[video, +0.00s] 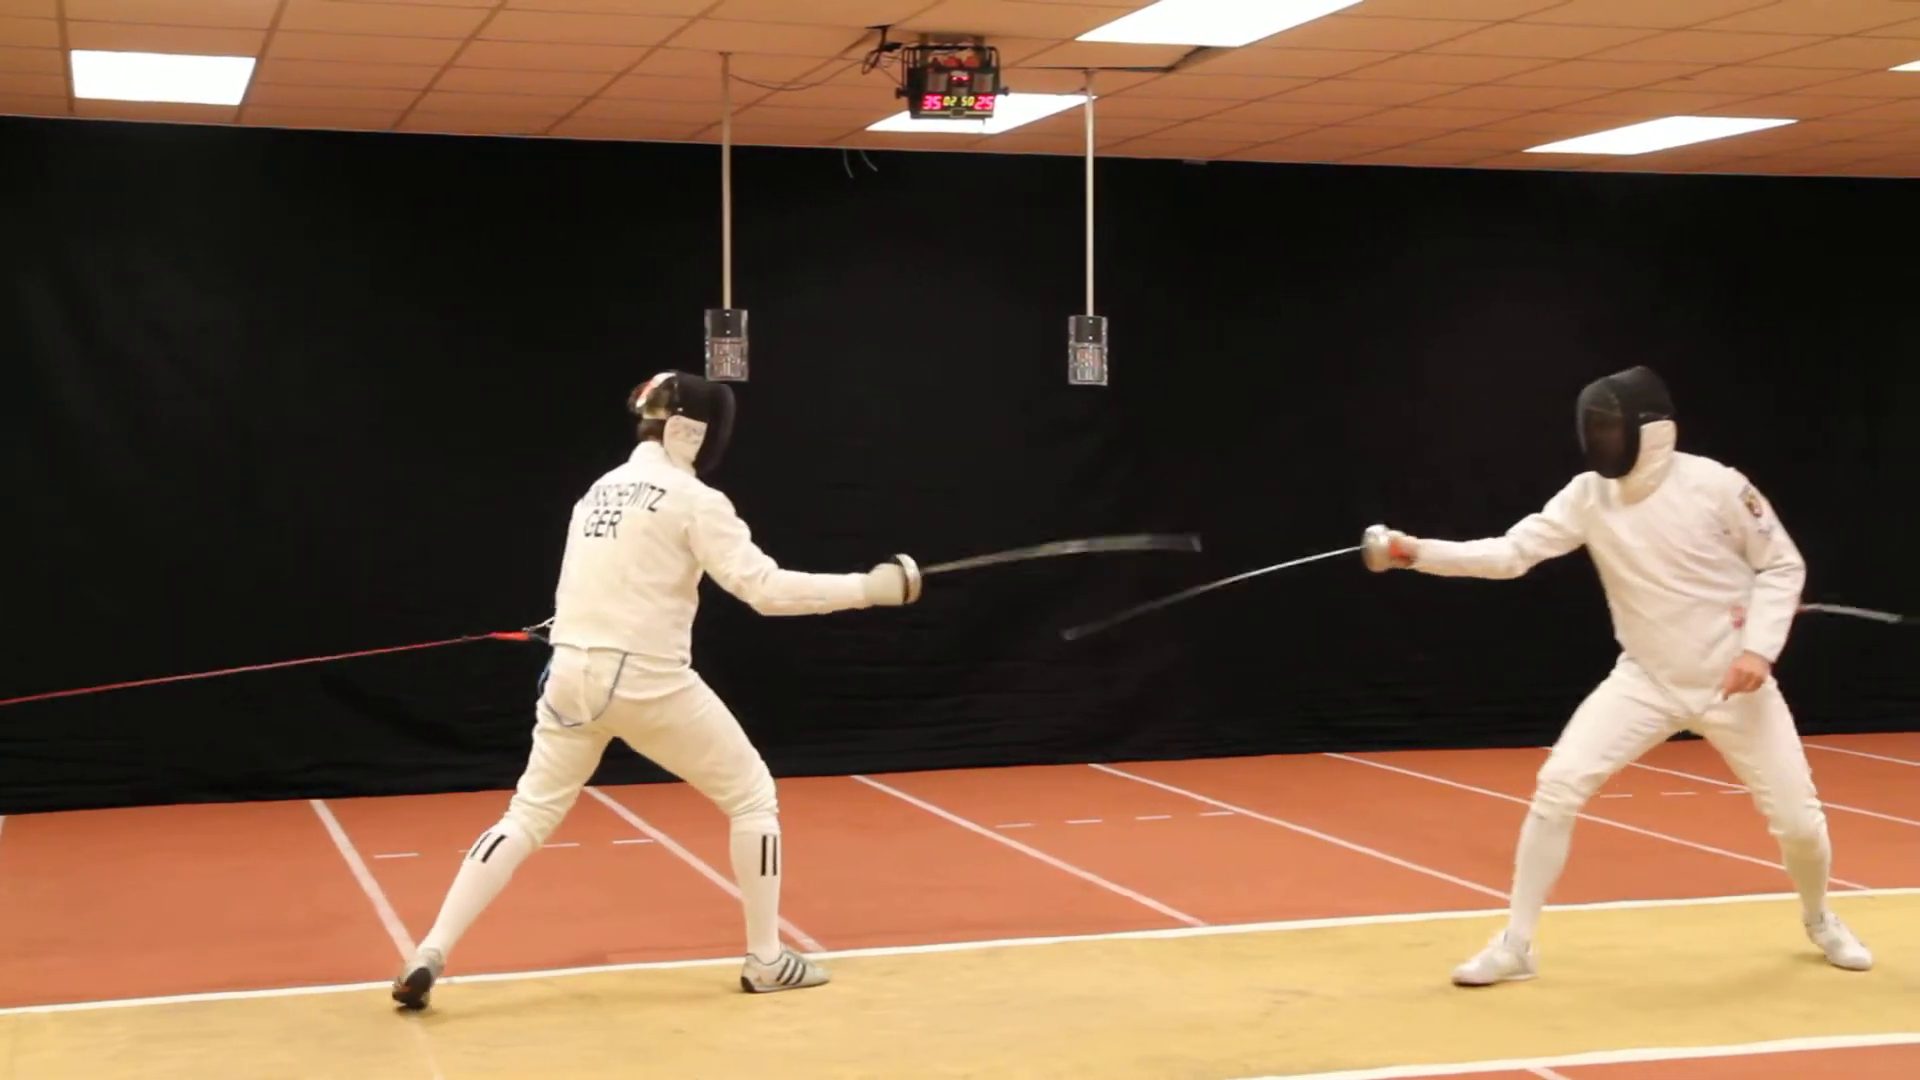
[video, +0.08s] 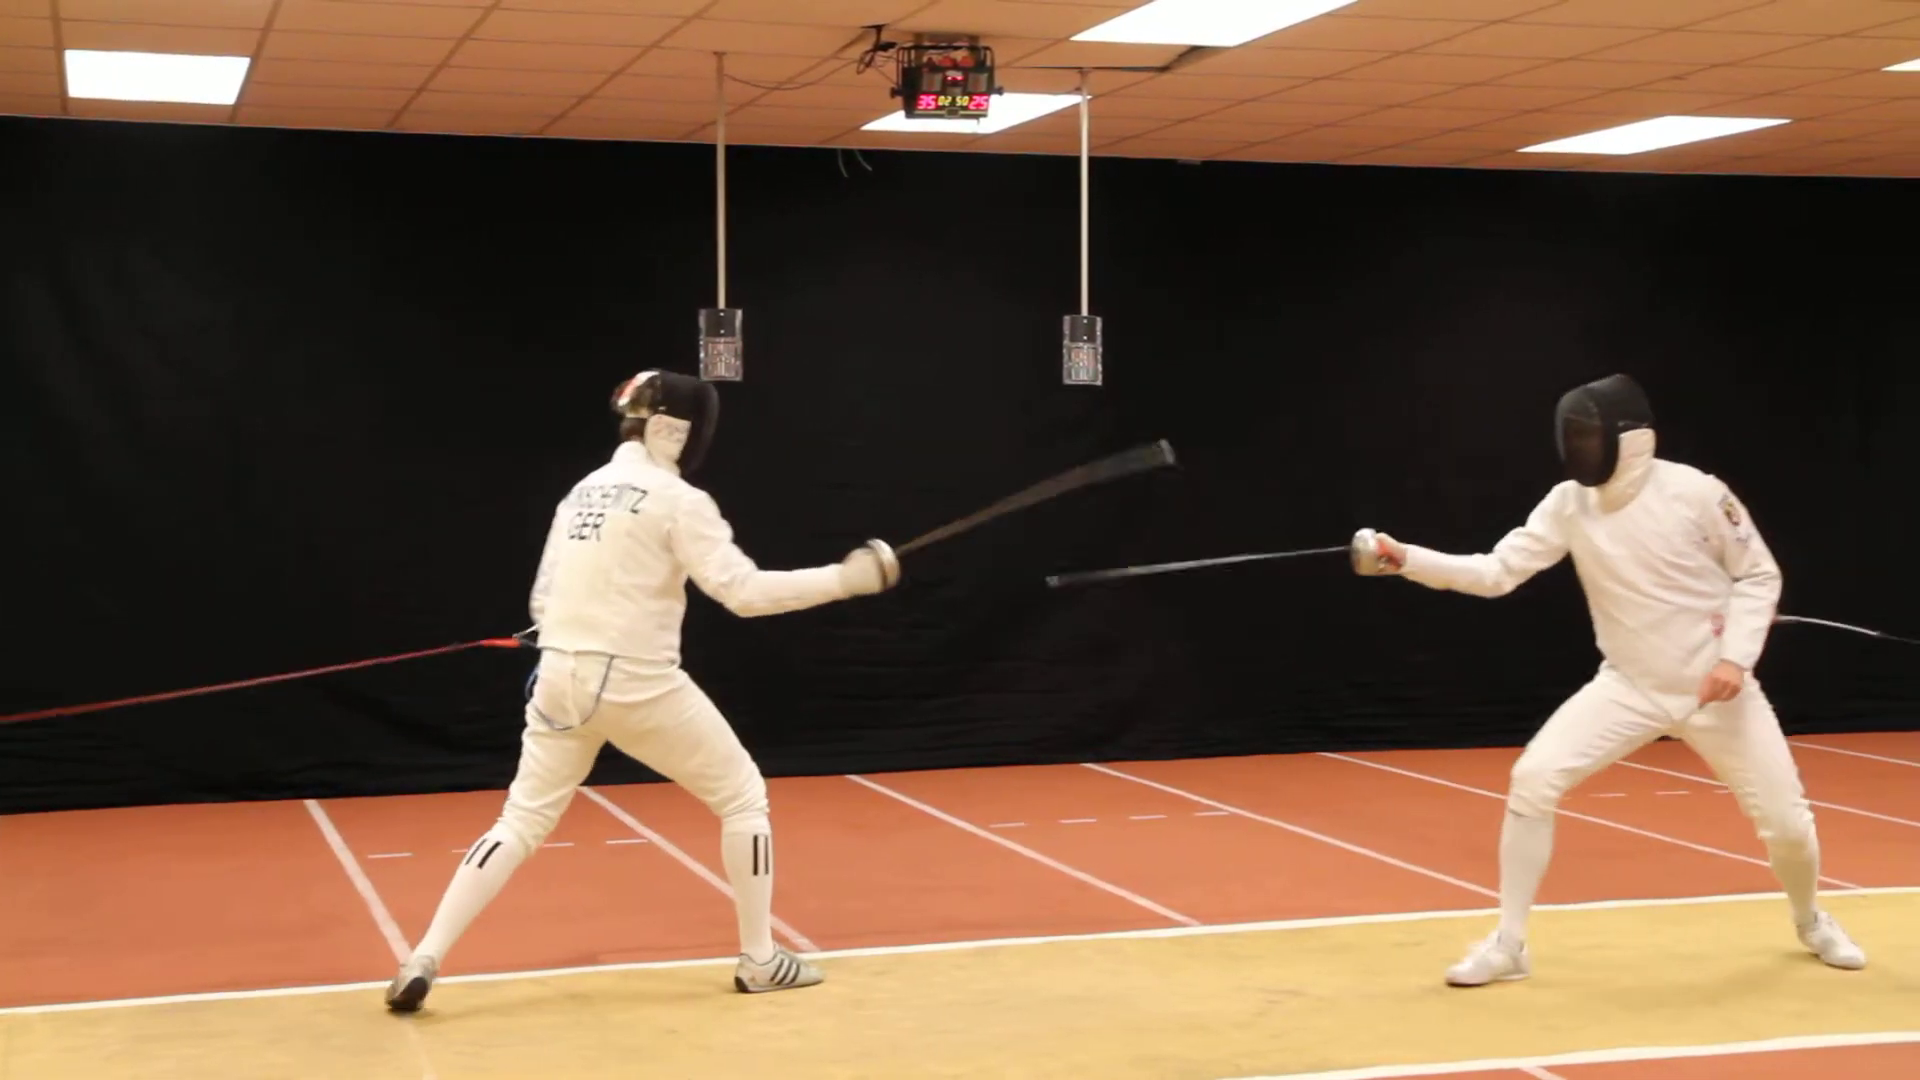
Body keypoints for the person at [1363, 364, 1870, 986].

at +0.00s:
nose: (1599, 440)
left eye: (1612, 427)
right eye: (1594, 428)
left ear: (1654, 430)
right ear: (1590, 433)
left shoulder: (1715, 487)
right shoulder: (1588, 498)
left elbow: (1781, 567)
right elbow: (1510, 552)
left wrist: (1757, 650)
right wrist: (1411, 552)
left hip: (1736, 684)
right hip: (1642, 683)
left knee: (1804, 826)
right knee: (1557, 788)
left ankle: (1819, 921)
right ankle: (1516, 943)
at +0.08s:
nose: (1575, 450)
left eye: (1587, 437)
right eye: (1571, 437)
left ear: (1631, 438)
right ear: (1573, 441)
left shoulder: (1695, 494)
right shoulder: (1569, 505)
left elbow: (1758, 577)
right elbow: (1494, 573)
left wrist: (1734, 659)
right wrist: (1401, 558)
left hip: (1718, 689)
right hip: (1625, 689)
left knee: (1791, 828)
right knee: (1532, 781)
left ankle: (1811, 922)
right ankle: (1509, 942)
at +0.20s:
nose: (1535, 454)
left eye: (1547, 440)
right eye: (1531, 441)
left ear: (1589, 442)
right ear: (1531, 446)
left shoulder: (1659, 499)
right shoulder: (1531, 516)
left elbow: (1723, 576)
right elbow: (1461, 585)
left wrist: (1700, 662)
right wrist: (1374, 560)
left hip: (1687, 691)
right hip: (1595, 691)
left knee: (1766, 824)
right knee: (1503, 781)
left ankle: (1794, 921)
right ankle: (1496, 943)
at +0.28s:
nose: (1512, 458)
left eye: (1524, 444)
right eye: (1508, 444)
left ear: (1568, 444)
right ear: (1515, 449)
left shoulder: (1639, 499)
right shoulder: (1509, 519)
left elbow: (1706, 575)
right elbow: (1429, 575)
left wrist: (1686, 660)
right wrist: (1340, 552)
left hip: (1676, 689)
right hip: (1583, 692)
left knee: (1757, 822)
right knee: (1496, 781)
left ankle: (1773, 919)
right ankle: (1494, 942)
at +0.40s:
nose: (1504, 460)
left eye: (1516, 447)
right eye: (1499, 448)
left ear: (1560, 447)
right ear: (1500, 453)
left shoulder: (1630, 500)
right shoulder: (1498, 522)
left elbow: (1698, 578)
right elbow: (1417, 567)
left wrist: (1677, 662)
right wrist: (1326, 547)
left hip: (1675, 684)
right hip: (1583, 691)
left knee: (1757, 822)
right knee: (1495, 780)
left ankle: (1773, 916)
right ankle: (1493, 943)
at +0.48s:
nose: (1516, 460)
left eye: (1528, 446)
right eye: (1511, 447)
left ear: (1569, 444)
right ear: (1511, 450)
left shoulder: (1639, 496)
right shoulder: (1514, 517)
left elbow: (1707, 574)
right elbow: (1446, 586)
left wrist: (1680, 659)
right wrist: (1359, 560)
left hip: (1684, 684)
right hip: (1590, 689)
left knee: (1760, 823)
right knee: (1504, 780)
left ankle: (1783, 916)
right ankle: (1493, 944)